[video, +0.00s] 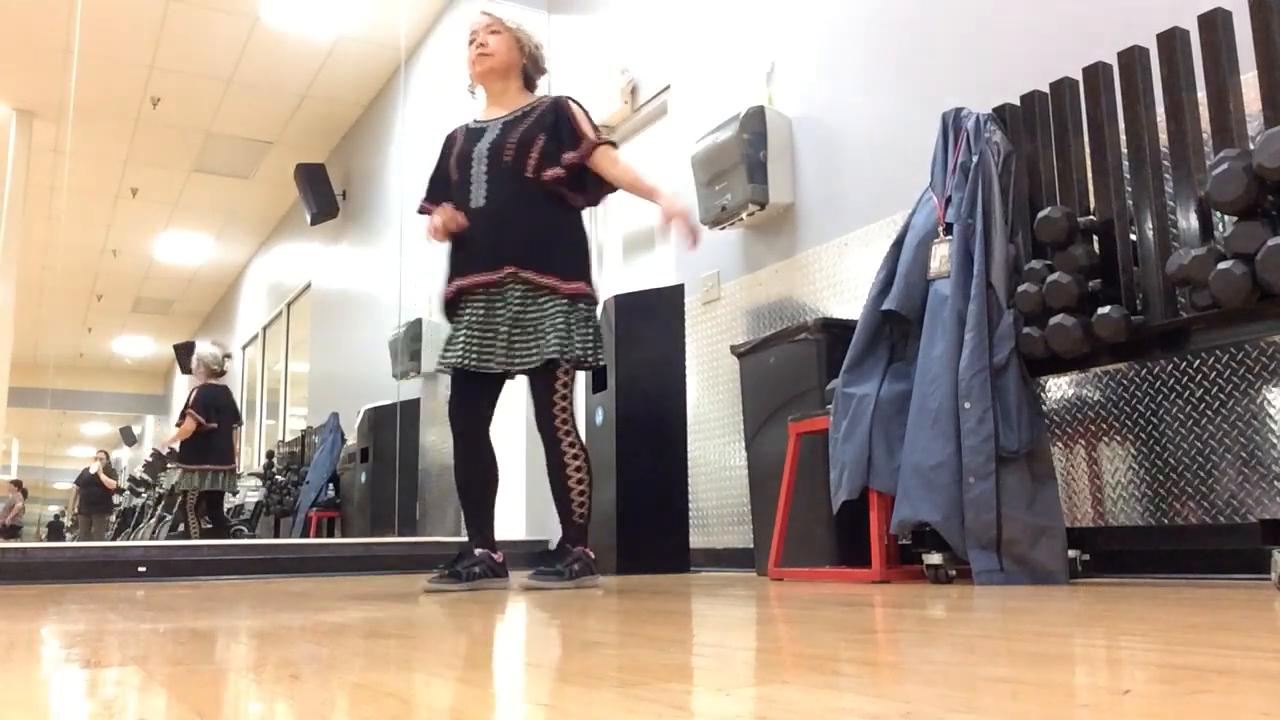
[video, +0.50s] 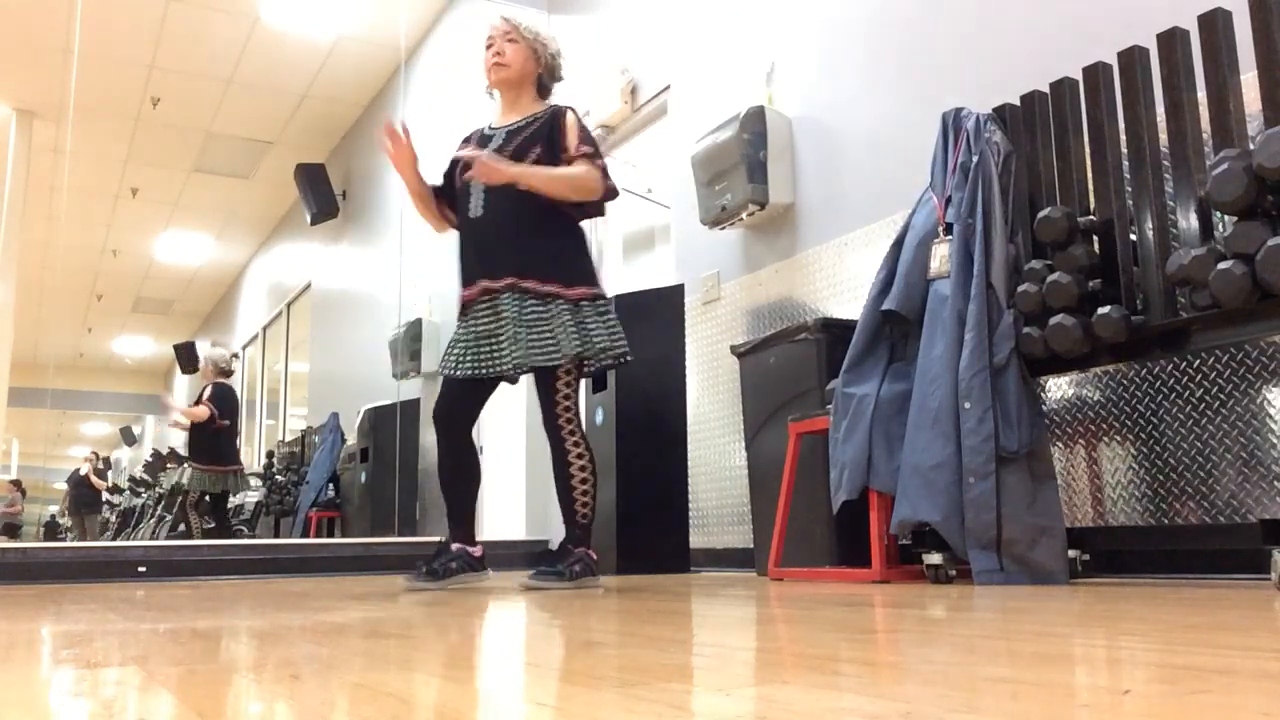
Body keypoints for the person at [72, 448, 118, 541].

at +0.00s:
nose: (98, 461)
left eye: (101, 459)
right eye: (96, 458)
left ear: (107, 460)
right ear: (93, 459)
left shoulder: (110, 471)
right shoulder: (86, 471)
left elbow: (113, 486)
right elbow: (75, 488)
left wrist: (100, 473)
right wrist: (72, 507)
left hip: (101, 510)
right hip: (84, 510)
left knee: (98, 537)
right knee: (83, 537)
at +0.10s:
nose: (96, 461)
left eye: (99, 459)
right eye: (95, 458)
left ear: (105, 460)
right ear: (92, 459)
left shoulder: (107, 469)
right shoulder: (84, 471)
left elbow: (111, 486)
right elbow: (74, 489)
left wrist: (98, 473)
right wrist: (70, 505)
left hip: (99, 510)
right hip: (82, 510)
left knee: (97, 538)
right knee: (83, 538)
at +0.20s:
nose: (93, 461)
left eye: (96, 459)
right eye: (91, 459)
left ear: (101, 461)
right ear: (88, 460)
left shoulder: (104, 471)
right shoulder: (81, 471)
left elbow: (109, 487)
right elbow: (72, 489)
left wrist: (96, 474)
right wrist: (68, 504)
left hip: (97, 510)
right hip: (80, 510)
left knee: (96, 539)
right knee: (82, 539)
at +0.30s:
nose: (91, 462)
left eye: (94, 460)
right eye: (89, 459)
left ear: (99, 461)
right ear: (86, 460)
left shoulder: (103, 472)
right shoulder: (79, 472)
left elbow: (107, 487)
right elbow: (71, 489)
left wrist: (94, 474)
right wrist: (67, 504)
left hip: (95, 510)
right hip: (78, 510)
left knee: (94, 538)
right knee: (81, 539)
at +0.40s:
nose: (90, 462)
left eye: (93, 460)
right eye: (88, 459)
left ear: (98, 461)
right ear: (85, 460)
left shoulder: (101, 472)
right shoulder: (78, 472)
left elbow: (105, 486)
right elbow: (69, 489)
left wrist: (92, 475)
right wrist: (66, 504)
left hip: (93, 509)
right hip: (77, 509)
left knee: (93, 537)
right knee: (80, 537)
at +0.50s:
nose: (88, 463)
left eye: (91, 460)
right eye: (86, 460)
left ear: (97, 462)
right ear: (83, 460)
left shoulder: (100, 472)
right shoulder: (77, 472)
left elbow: (103, 486)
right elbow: (67, 489)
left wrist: (90, 474)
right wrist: (64, 505)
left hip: (91, 508)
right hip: (75, 508)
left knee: (92, 536)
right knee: (80, 536)